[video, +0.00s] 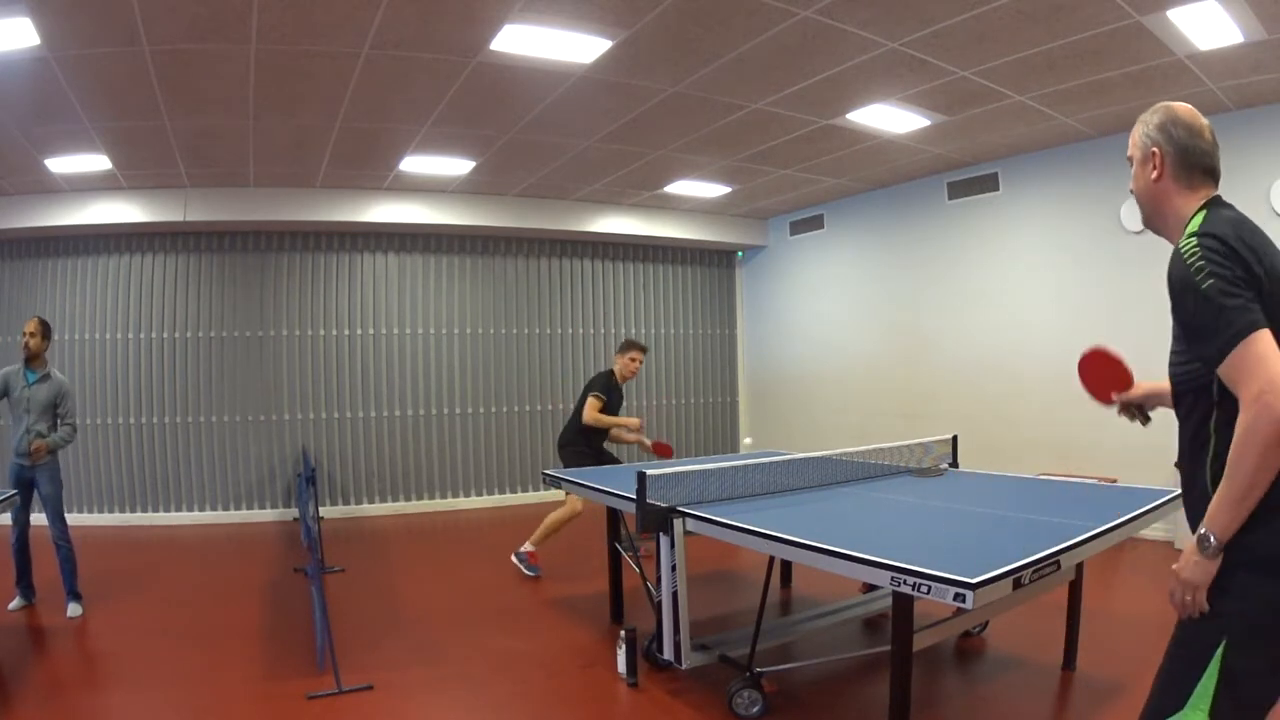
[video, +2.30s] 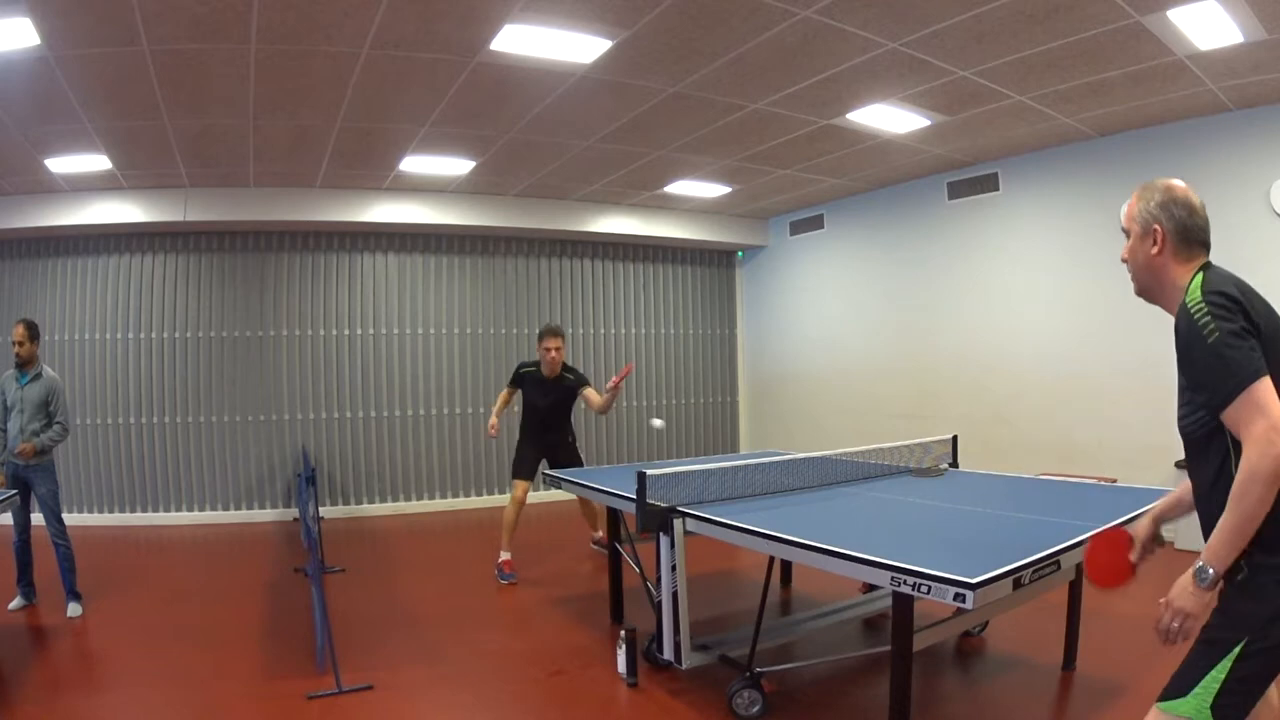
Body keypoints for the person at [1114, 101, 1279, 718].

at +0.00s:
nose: (1129, 184)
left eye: (1132, 164)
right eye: (1129, 165)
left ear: (1156, 163)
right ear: (1206, 164)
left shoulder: (1198, 256)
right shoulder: (1242, 237)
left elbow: (1268, 400)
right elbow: (1249, 369)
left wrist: (1206, 543)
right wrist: (1163, 394)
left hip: (1250, 556)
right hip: (1261, 547)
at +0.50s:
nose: (1129, 253)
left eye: (1132, 237)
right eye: (1130, 238)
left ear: (1153, 240)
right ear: (1190, 237)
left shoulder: (1190, 306)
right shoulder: (1224, 292)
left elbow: (1244, 437)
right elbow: (1246, 423)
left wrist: (1198, 561)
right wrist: (1171, 481)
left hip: (1257, 554)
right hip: (1268, 542)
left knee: (1160, 707)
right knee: (1235, 670)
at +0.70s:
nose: (1118, 273)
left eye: (1124, 257)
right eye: (1119, 257)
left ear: (1151, 260)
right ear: (1157, 260)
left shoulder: (1207, 319)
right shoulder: (1199, 323)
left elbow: (1272, 428)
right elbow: (1192, 456)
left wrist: (1225, 556)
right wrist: (1112, 513)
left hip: (1267, 563)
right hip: (1260, 559)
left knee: (1181, 709)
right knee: (1197, 703)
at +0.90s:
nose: (1100, 236)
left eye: (1106, 218)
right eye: (1102, 220)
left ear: (1139, 223)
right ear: (1144, 224)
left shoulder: (1204, 287)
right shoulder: (1172, 317)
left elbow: (1278, 403)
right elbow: (1144, 435)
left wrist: (1238, 541)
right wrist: (1056, 440)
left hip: (1261, 556)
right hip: (1239, 554)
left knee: (1175, 712)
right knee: (1197, 709)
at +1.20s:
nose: (1098, 210)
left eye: (1100, 193)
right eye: (1098, 195)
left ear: (1122, 194)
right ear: (1167, 193)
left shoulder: (1174, 268)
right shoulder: (1201, 256)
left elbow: (1236, 410)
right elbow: (1227, 408)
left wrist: (1170, 556)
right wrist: (1135, 437)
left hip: (1242, 556)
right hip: (1257, 546)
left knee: (1169, 711)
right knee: (1195, 706)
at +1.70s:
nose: (1130, 245)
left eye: (1137, 227)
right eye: (1131, 229)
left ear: (1171, 232)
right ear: (1172, 233)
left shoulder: (1226, 296)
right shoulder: (1200, 324)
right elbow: (1160, 449)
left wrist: (1227, 542)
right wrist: (1079, 477)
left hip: (1268, 550)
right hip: (1257, 548)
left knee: (1199, 708)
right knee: (1215, 705)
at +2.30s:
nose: (1122, 256)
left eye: (1126, 238)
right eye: (1122, 239)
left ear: (1156, 240)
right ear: (1171, 239)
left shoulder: (1204, 315)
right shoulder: (1225, 298)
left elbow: (1267, 443)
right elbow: (1235, 450)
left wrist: (1205, 574)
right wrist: (1159, 514)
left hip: (1264, 573)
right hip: (1263, 566)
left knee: (1180, 712)